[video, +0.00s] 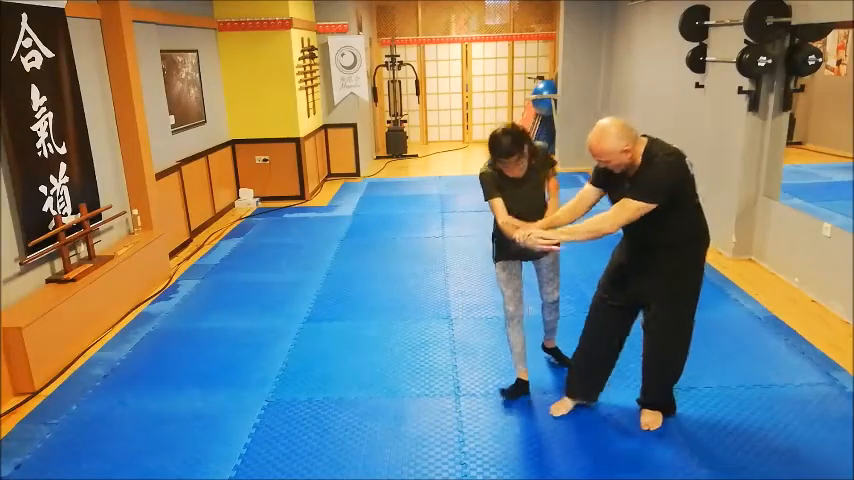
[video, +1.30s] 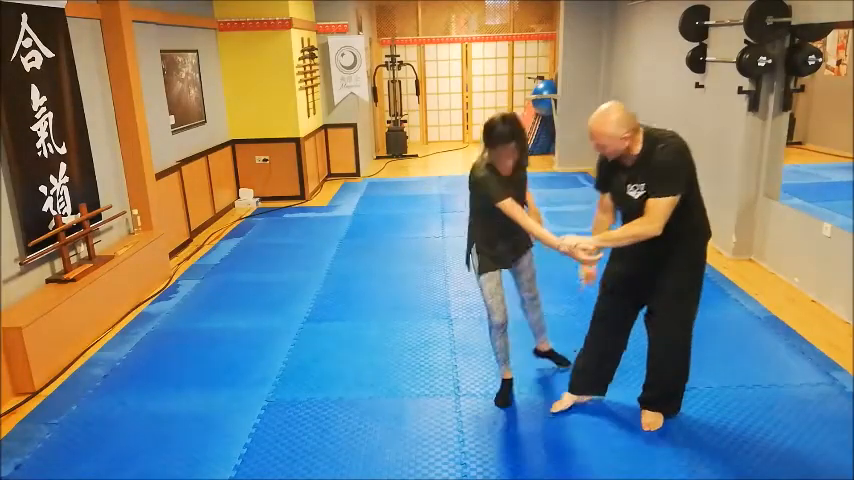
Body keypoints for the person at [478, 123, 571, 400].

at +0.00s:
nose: (514, 170)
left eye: (518, 163)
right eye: (506, 166)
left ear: (526, 151)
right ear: (496, 160)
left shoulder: (542, 158)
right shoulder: (489, 176)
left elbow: (554, 203)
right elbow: (502, 220)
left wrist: (540, 227)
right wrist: (528, 239)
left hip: (545, 236)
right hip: (508, 241)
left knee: (551, 298)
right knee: (513, 311)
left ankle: (550, 343)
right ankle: (521, 377)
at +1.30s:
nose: (510, 161)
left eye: (514, 154)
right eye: (503, 154)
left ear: (521, 148)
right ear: (490, 149)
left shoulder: (517, 163)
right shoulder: (482, 175)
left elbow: (522, 191)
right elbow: (520, 217)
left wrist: (534, 213)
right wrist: (560, 245)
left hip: (518, 240)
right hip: (488, 248)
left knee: (530, 295)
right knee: (498, 319)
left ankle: (542, 345)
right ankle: (506, 376)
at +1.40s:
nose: (512, 149)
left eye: (516, 142)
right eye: (505, 143)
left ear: (523, 134)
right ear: (489, 136)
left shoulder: (506, 158)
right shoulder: (485, 170)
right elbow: (528, 213)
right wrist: (570, 240)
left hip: (508, 238)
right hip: (484, 243)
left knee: (518, 301)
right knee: (499, 317)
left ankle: (524, 350)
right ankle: (497, 376)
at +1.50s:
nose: (516, 139)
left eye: (519, 132)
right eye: (512, 133)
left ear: (516, 124)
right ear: (491, 128)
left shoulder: (492, 153)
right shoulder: (489, 164)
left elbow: (495, 197)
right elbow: (533, 211)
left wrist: (519, 212)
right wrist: (578, 234)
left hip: (498, 242)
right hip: (486, 246)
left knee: (505, 304)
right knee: (499, 315)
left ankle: (498, 355)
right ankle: (486, 378)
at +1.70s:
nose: (514, 131)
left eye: (515, 125)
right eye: (511, 125)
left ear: (489, 123)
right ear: (491, 123)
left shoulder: (461, 153)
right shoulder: (498, 162)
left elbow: (449, 193)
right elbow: (536, 210)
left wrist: (481, 194)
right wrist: (581, 229)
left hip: (468, 244)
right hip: (495, 247)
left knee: (475, 305)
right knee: (504, 315)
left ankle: (452, 373)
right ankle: (484, 383)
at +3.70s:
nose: (516, 143)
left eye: (519, 138)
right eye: (516, 136)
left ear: (491, 128)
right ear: (499, 130)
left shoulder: (461, 155)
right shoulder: (492, 165)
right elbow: (535, 201)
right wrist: (580, 212)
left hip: (453, 247)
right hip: (481, 249)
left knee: (457, 314)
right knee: (510, 311)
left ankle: (451, 383)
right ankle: (517, 381)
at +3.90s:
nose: (531, 155)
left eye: (535, 151)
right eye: (529, 150)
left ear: (513, 137)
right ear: (513, 140)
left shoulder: (492, 154)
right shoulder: (504, 168)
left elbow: (503, 189)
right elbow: (528, 213)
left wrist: (521, 212)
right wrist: (566, 228)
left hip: (477, 243)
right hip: (490, 247)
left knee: (481, 306)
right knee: (523, 308)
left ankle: (454, 374)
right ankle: (520, 378)